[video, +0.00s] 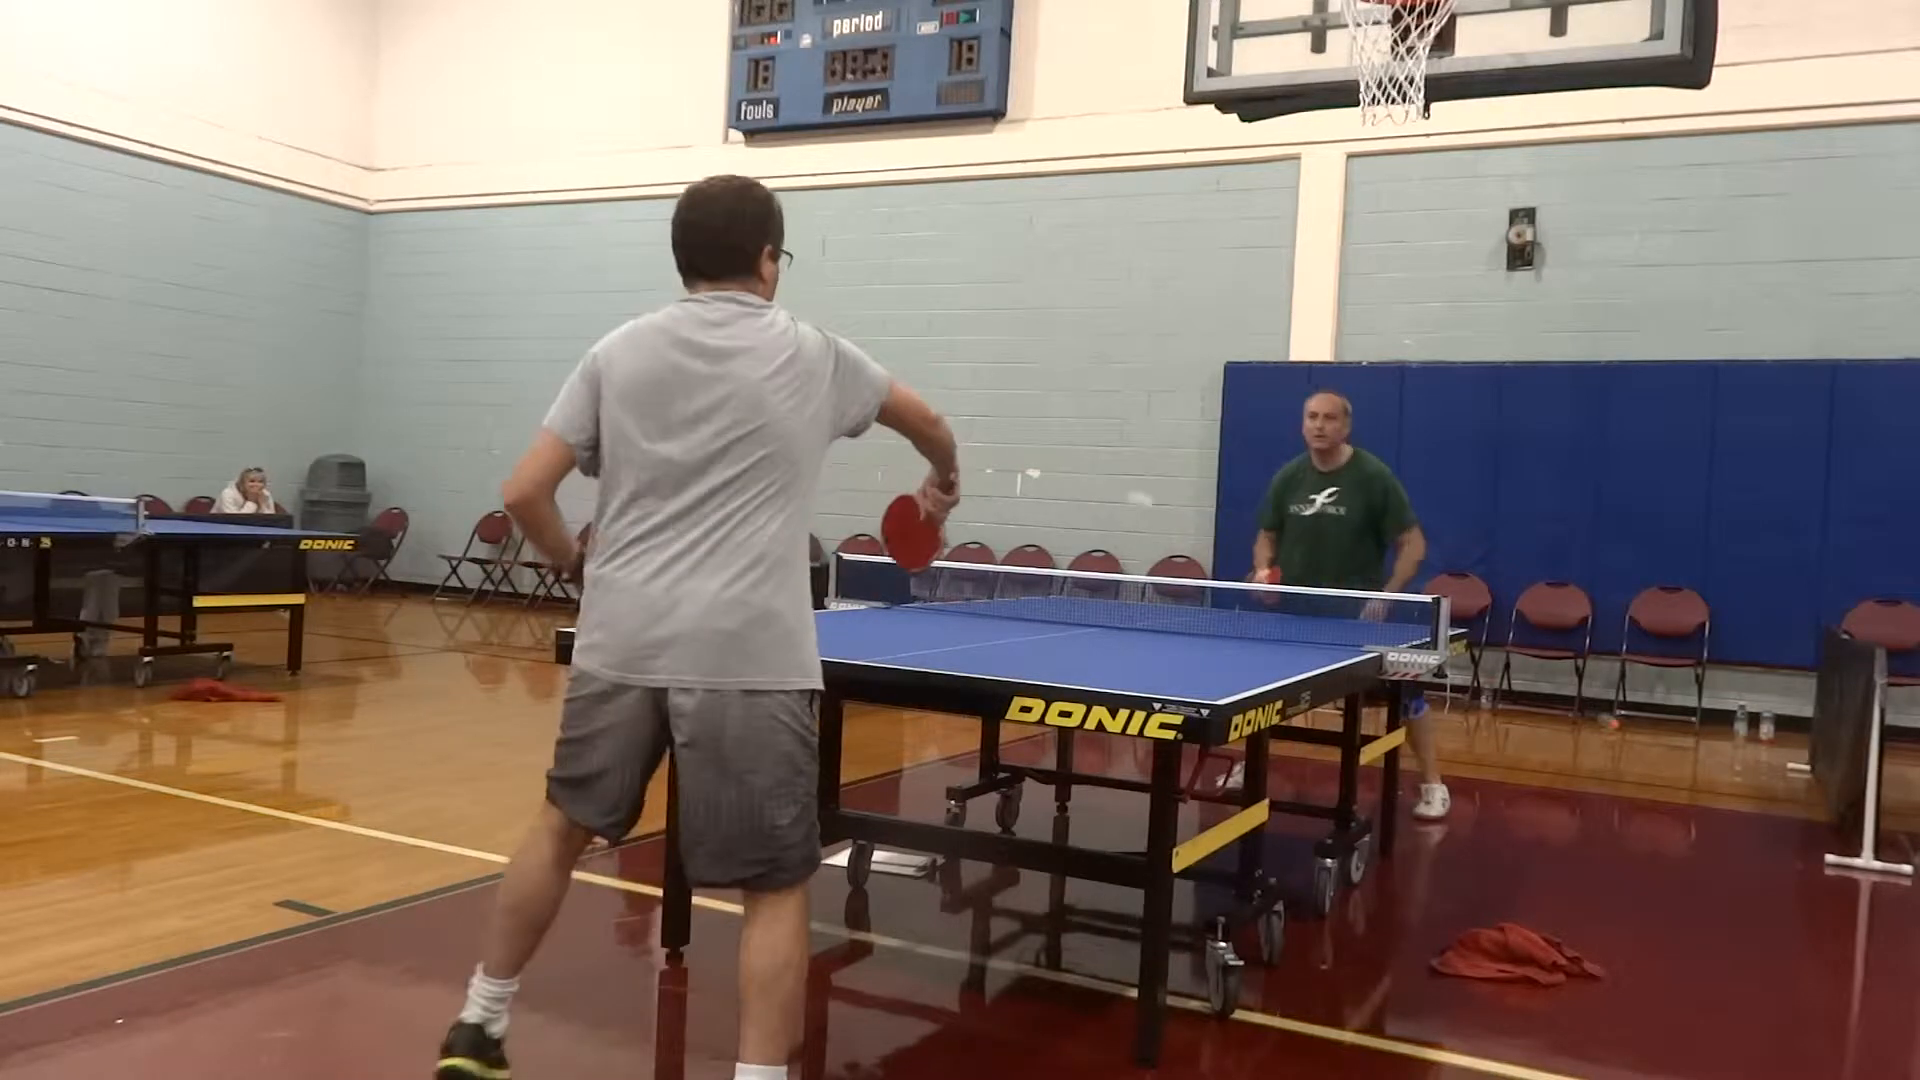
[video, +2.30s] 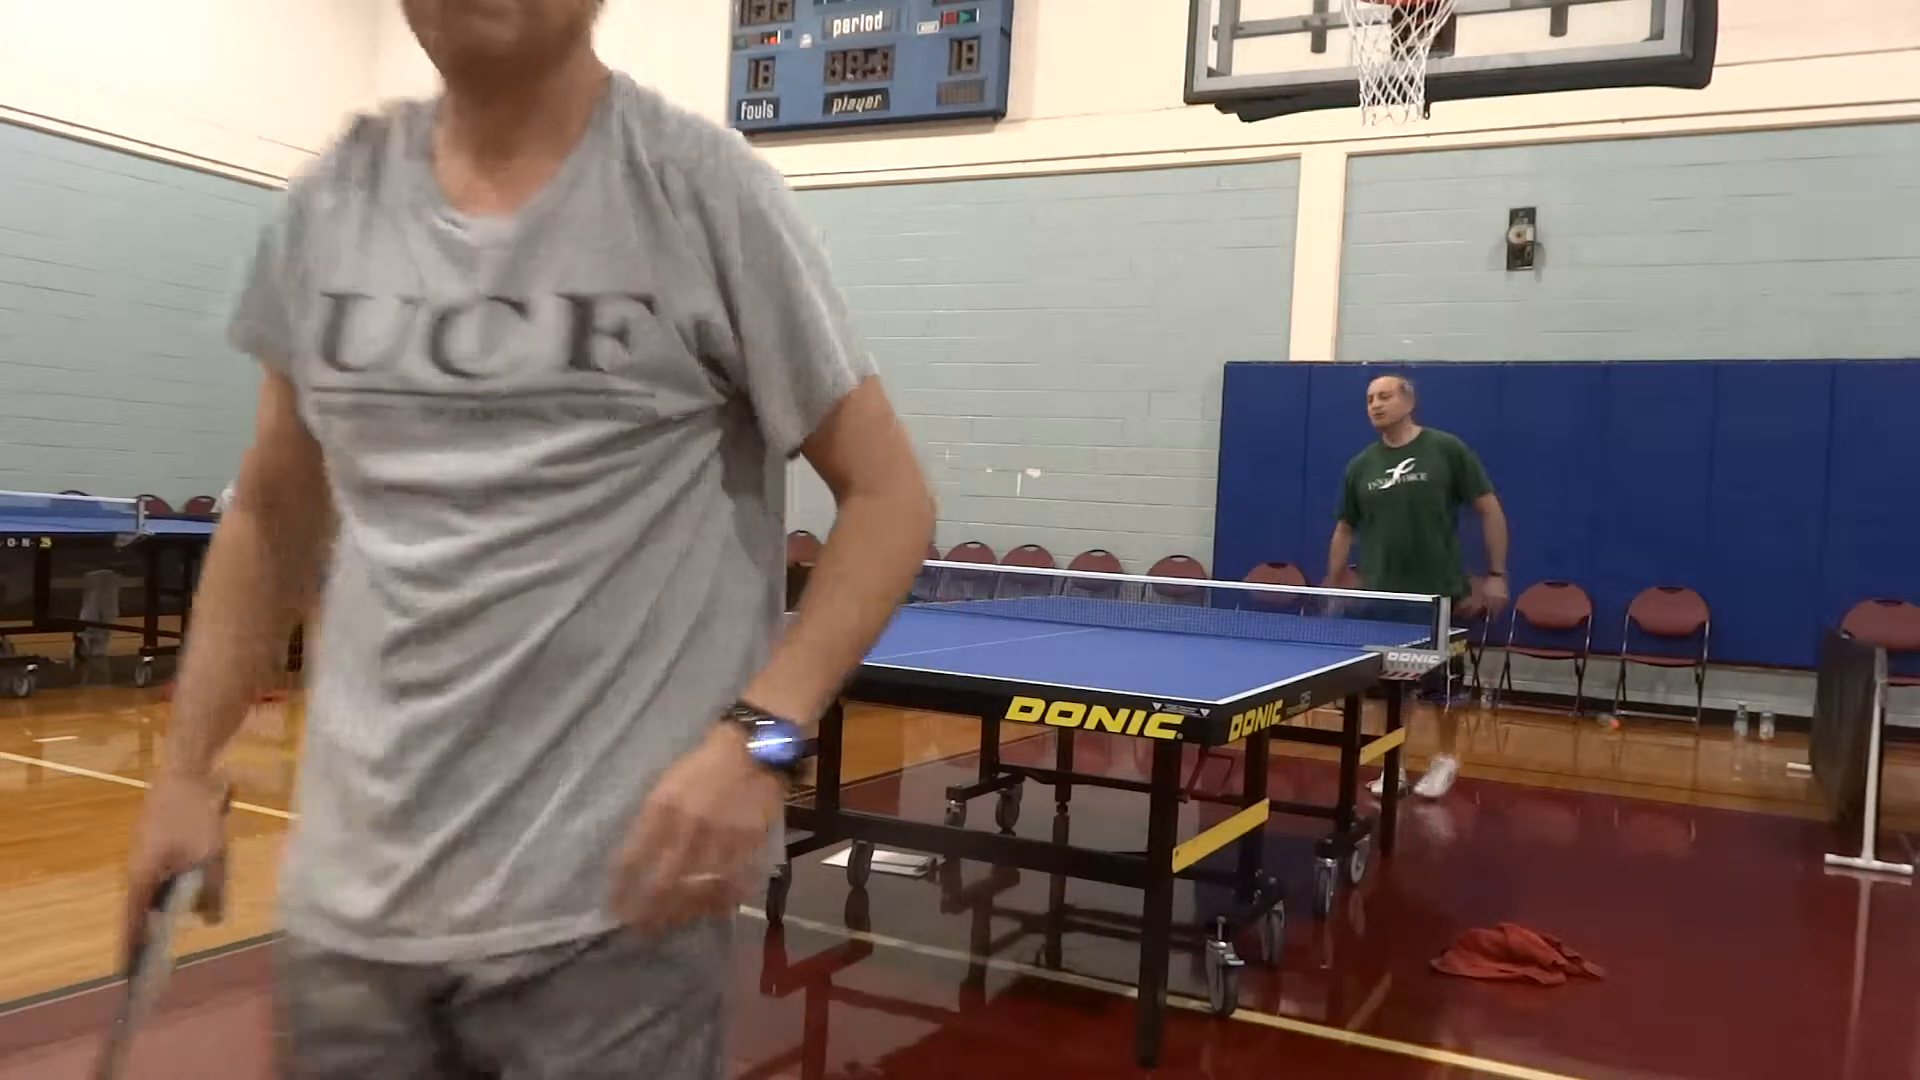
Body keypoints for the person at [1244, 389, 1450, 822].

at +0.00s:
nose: (1320, 425)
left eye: (1330, 418)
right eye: (1313, 417)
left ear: (1347, 426)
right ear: (1302, 424)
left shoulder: (1374, 477)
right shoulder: (1287, 478)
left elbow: (1413, 544)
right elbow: (1267, 535)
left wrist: (1387, 596)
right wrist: (1263, 567)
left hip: (1358, 619)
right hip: (1294, 615)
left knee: (1407, 689)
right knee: (1254, 681)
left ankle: (1431, 783)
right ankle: (1251, 765)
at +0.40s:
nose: (1366, 423)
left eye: (1376, 416)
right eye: (1359, 414)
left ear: (1390, 423)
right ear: (1345, 418)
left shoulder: (1408, 477)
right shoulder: (1320, 469)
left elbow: (1421, 544)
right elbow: (1268, 527)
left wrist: (1424, 607)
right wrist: (1301, 557)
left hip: (1391, 614)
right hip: (1323, 611)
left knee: (1423, 686)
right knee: (1275, 679)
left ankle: (1436, 781)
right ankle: (1252, 761)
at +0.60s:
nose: (1357, 439)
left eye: (1366, 433)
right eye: (1349, 430)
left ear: (1377, 439)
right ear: (1332, 434)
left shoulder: (1399, 481)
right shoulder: (1311, 483)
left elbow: (1442, 520)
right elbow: (1257, 544)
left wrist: (1481, 561)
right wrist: (1280, 566)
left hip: (1383, 612)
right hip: (1319, 611)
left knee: (1419, 682)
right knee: (1264, 677)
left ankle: (1434, 783)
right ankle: (1244, 765)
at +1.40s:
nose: (1408, 392)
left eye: (1418, 388)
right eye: (1401, 383)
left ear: (1429, 401)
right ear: (1383, 391)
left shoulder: (1438, 461)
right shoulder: (1343, 444)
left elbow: (1477, 520)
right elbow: (1303, 502)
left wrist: (1487, 566)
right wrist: (1273, 559)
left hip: (1395, 603)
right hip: (1325, 595)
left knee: (1399, 702)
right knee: (1280, 687)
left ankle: (1393, 789)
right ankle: (1252, 776)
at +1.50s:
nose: (1414, 391)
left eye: (1425, 387)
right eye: (1408, 382)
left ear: (1436, 402)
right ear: (1392, 390)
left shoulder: (1447, 460)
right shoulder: (1352, 442)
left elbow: (1486, 520)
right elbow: (1314, 503)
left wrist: (1495, 569)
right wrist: (1290, 563)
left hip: (1401, 602)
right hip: (1334, 593)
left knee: (1402, 700)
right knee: (1315, 677)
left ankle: (1392, 787)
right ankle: (1309, 750)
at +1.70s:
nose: (1415, 390)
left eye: (1426, 386)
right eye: (1408, 382)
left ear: (1437, 401)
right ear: (1393, 390)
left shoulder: (1453, 457)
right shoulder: (1356, 444)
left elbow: (1485, 522)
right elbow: (1323, 505)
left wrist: (1500, 585)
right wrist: (1315, 555)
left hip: (1417, 603)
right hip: (1355, 597)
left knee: (1412, 703)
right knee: (1361, 697)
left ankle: (1396, 789)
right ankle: (1369, 785)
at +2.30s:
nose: (1376, 404)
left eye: (1385, 396)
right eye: (1371, 399)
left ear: (1410, 403)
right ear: (1367, 409)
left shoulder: (1446, 449)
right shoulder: (1360, 465)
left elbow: (1490, 509)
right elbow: (1344, 529)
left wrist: (1496, 574)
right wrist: (1332, 585)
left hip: (1439, 595)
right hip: (1380, 596)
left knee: (1442, 686)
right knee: (1385, 687)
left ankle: (1446, 758)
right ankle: (1392, 766)